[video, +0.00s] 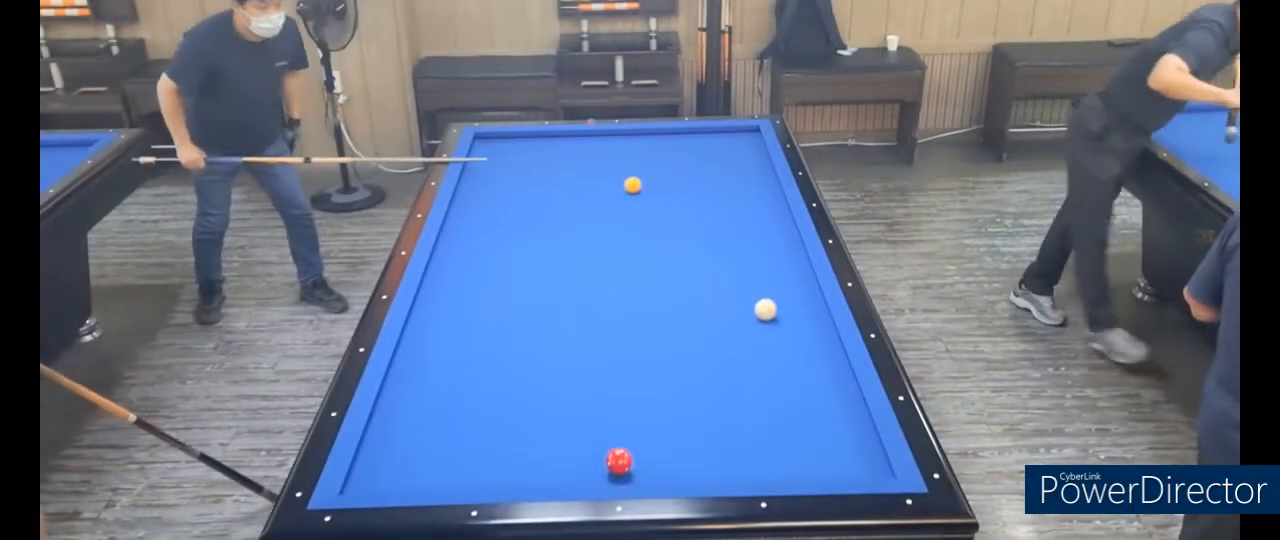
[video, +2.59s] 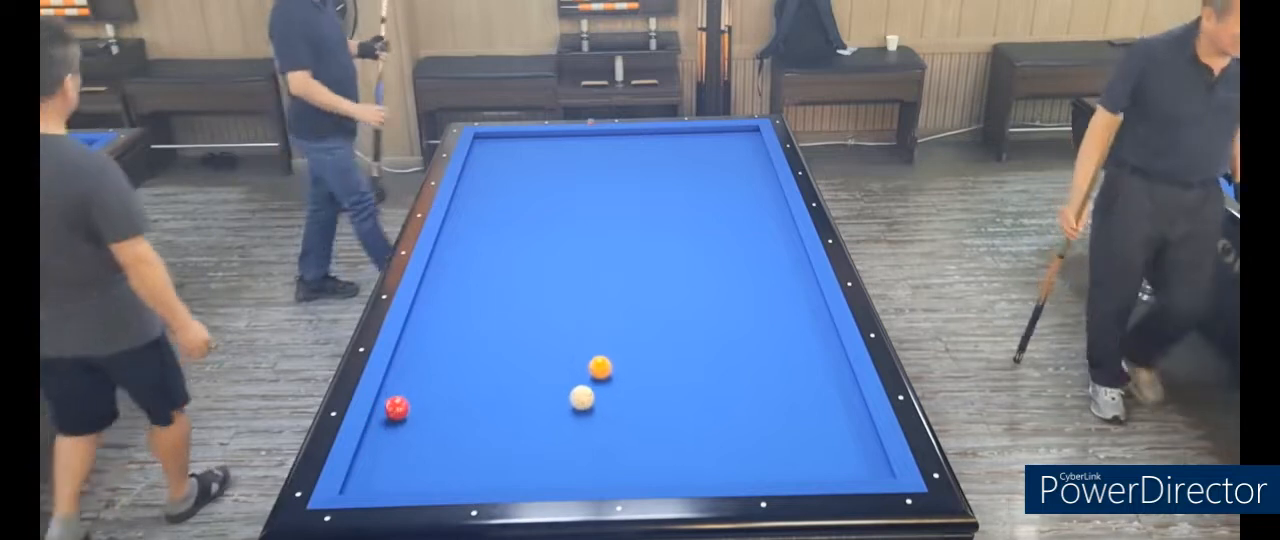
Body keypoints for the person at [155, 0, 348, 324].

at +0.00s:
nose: (271, 18)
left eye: (276, 9)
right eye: (260, 10)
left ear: (282, 7)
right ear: (239, 8)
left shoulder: (286, 30)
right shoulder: (204, 39)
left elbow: (293, 73)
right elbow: (167, 86)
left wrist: (294, 116)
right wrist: (183, 144)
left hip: (267, 141)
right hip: (215, 147)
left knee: (299, 210)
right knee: (212, 222)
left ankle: (313, 283)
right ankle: (209, 292)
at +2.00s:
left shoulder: (263, 9)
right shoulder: (190, 20)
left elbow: (280, 60)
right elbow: (166, 79)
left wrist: (307, 97)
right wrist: (205, 130)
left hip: (280, 139)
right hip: (231, 148)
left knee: (311, 202)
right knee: (221, 220)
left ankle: (312, 280)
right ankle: (210, 291)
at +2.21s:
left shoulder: (292, 6)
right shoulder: (228, 18)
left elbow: (306, 47)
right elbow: (215, 79)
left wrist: (329, 67)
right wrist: (260, 125)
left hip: (311, 131)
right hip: (274, 140)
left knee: (323, 207)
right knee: (275, 219)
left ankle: (313, 280)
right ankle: (235, 282)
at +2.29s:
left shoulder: (299, 5)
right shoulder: (237, 15)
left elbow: (312, 42)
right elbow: (230, 80)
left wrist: (337, 59)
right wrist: (278, 123)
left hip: (317, 129)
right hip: (282, 138)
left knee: (324, 209)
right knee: (296, 214)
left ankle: (313, 280)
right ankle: (262, 285)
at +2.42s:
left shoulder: (307, 4)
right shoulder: (257, 11)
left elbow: (318, 39)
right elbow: (257, 80)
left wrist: (349, 52)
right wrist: (312, 116)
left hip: (324, 125)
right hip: (296, 132)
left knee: (324, 206)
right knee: (327, 209)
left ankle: (310, 280)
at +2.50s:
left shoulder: (310, 5)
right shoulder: (267, 12)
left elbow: (322, 42)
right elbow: (271, 80)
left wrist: (355, 50)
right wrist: (329, 113)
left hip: (327, 128)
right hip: (305, 133)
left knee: (320, 208)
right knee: (340, 210)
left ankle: (312, 280)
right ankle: (362, 288)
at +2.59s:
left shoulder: (321, 6)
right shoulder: (290, 11)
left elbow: (326, 48)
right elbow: (298, 84)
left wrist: (361, 48)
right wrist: (356, 110)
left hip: (335, 128)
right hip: (319, 132)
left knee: (323, 206)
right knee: (361, 205)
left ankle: (313, 279)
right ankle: (395, 270)